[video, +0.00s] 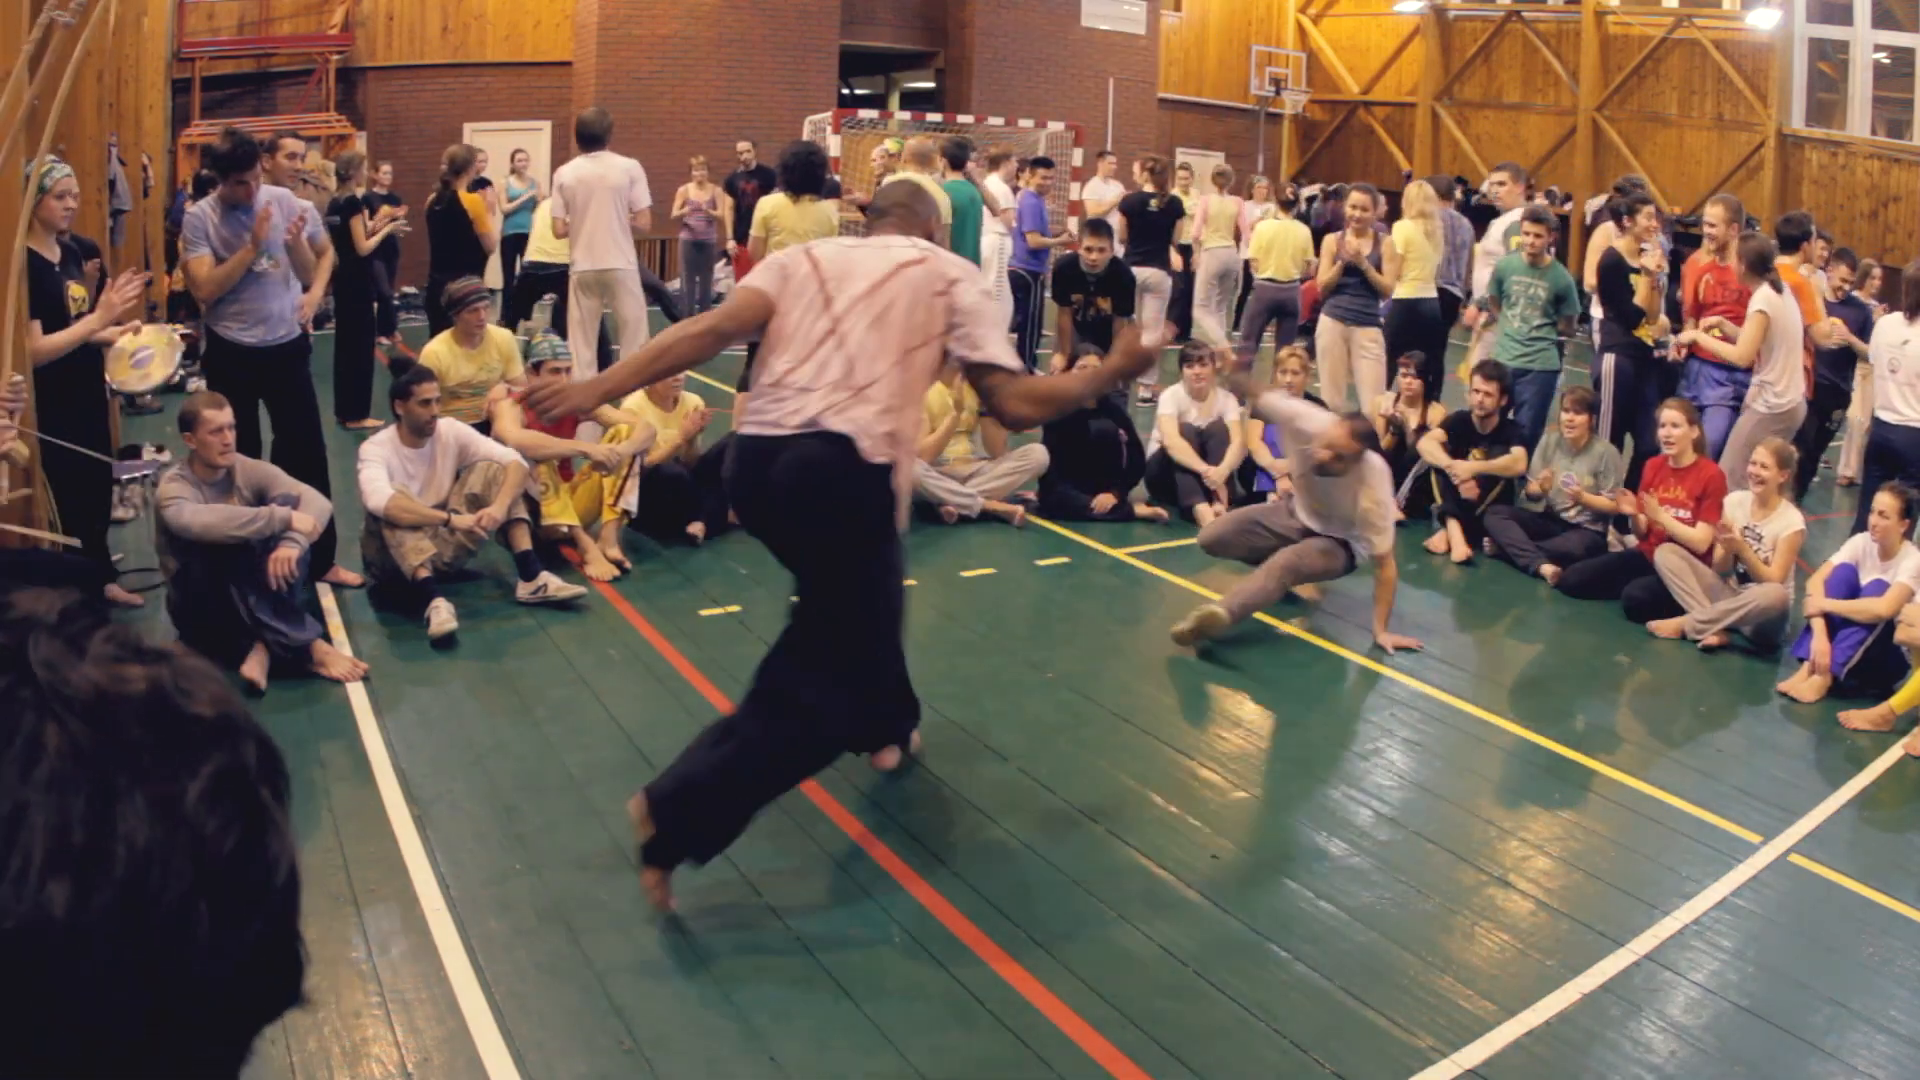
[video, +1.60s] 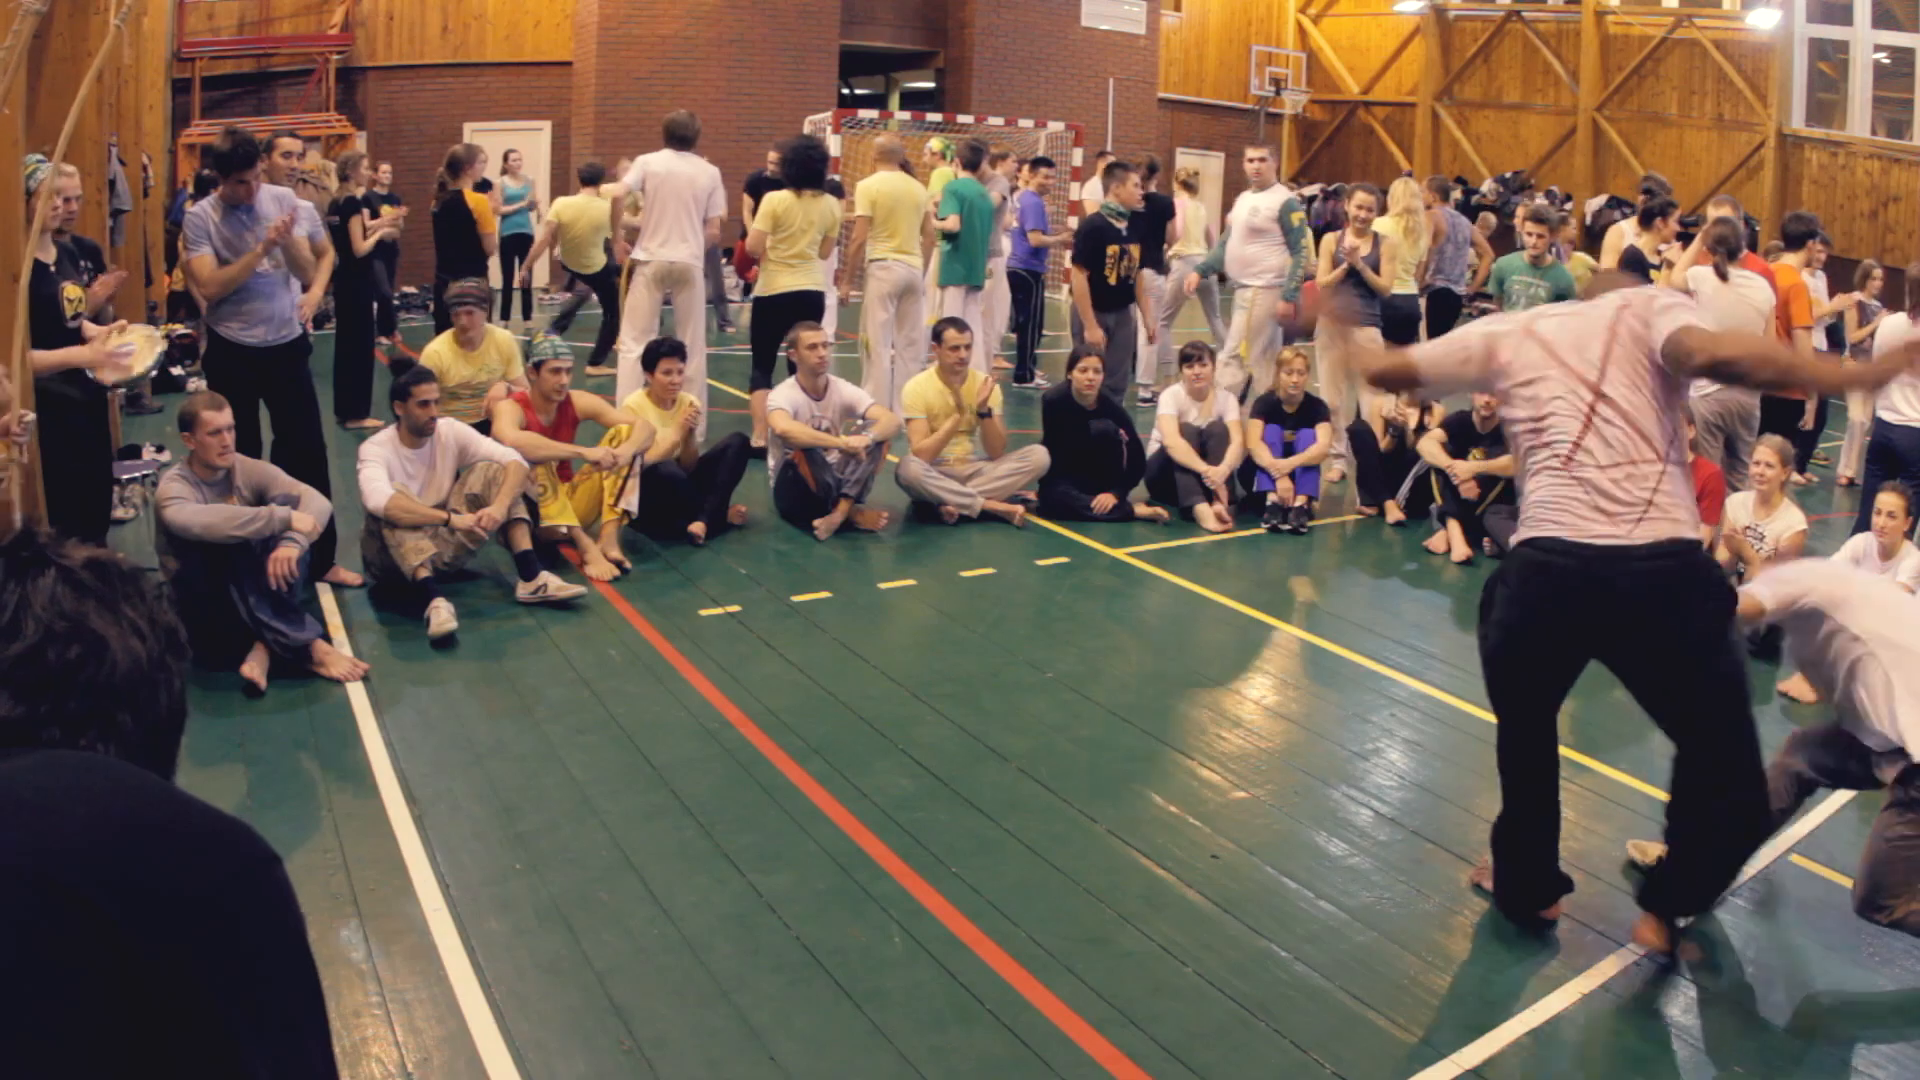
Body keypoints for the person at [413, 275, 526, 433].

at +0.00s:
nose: (482, 316)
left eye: (485, 308)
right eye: (474, 311)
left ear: (489, 308)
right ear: (456, 315)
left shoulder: (504, 339)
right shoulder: (434, 352)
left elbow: (521, 386)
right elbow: (421, 399)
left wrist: (504, 387)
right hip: (450, 429)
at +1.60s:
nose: (463, 322)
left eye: (469, 313)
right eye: (456, 315)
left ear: (485, 313)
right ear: (451, 317)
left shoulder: (504, 340)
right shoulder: (435, 352)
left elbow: (525, 390)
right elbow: (422, 401)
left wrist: (505, 387)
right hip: (449, 428)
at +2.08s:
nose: (461, 325)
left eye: (467, 319)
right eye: (459, 318)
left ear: (490, 318)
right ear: (456, 314)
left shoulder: (516, 336)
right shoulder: (445, 341)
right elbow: (433, 396)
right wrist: (451, 424)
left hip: (500, 415)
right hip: (456, 416)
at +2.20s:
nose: (454, 306)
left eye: (459, 301)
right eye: (452, 300)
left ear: (479, 301)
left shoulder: (516, 319)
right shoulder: (443, 319)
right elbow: (440, 378)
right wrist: (460, 416)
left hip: (498, 396)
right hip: (455, 396)